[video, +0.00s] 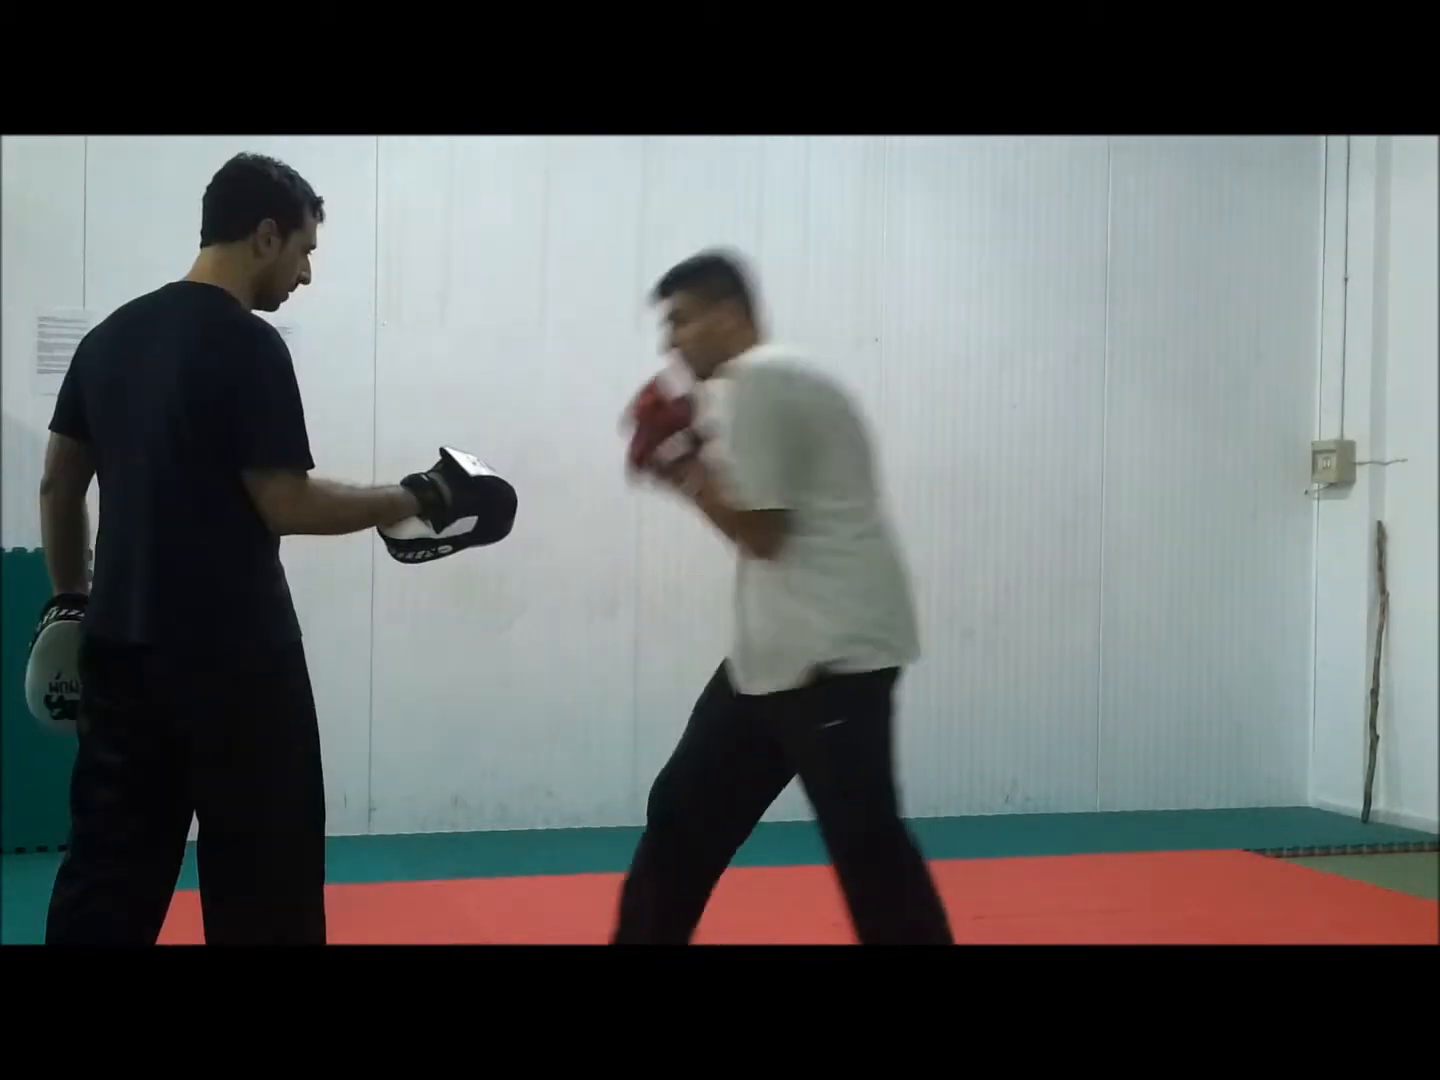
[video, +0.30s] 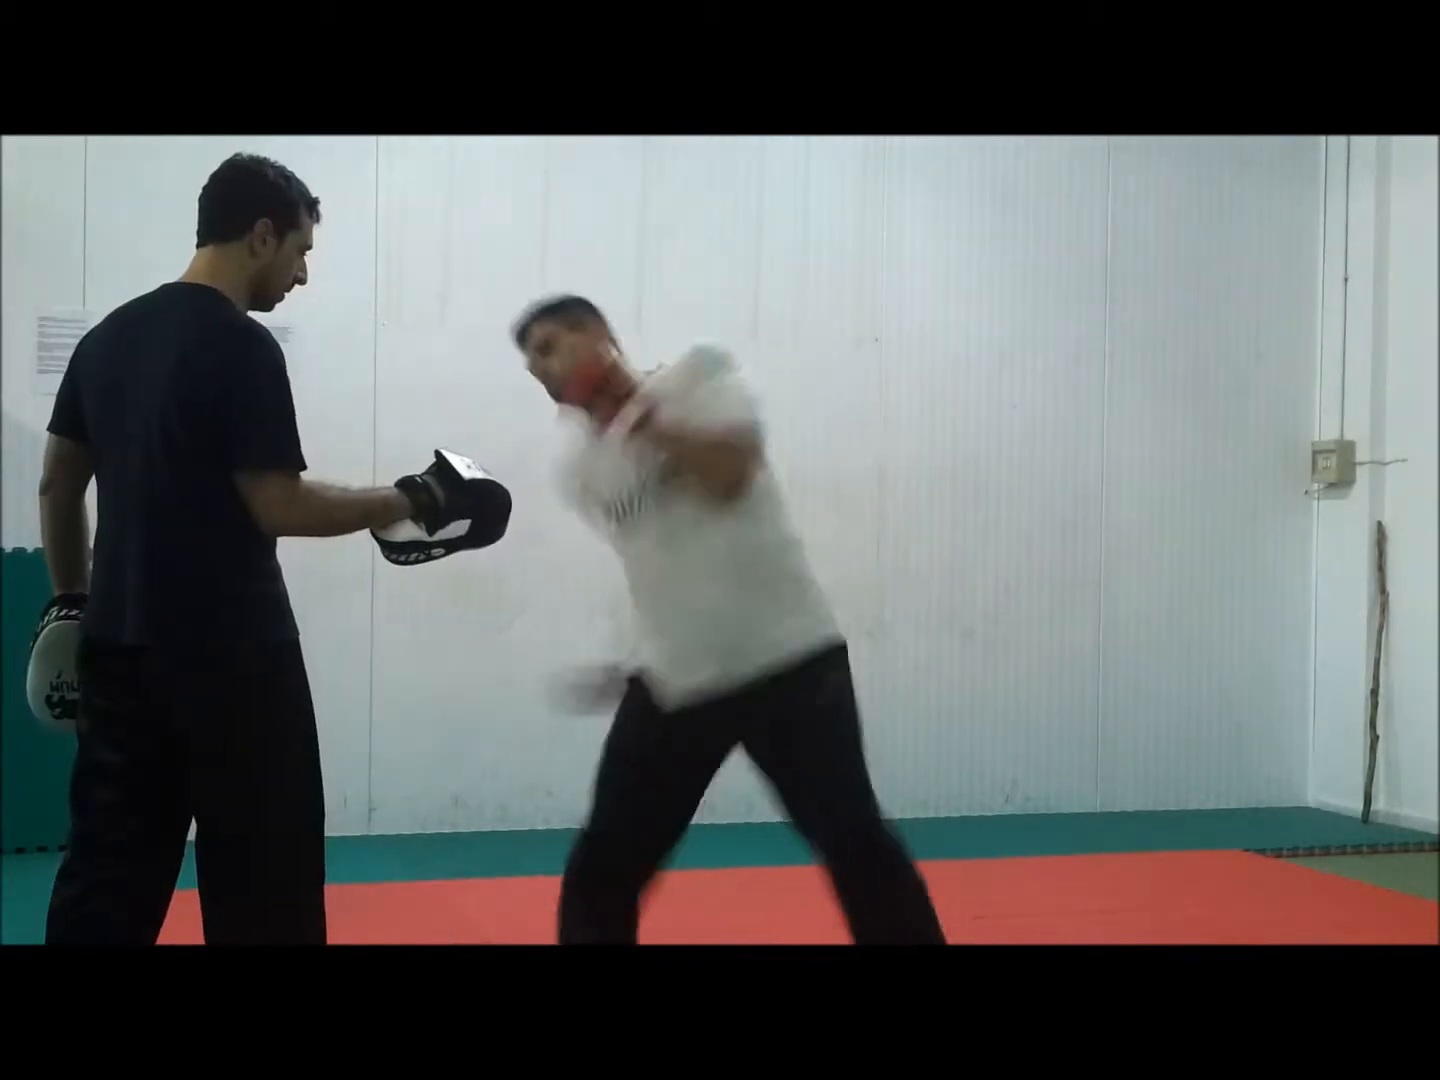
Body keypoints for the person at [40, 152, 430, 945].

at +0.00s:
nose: (306, 272)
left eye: (311, 252)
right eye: (306, 249)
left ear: (216, 233)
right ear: (266, 235)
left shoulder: (110, 337)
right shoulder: (251, 345)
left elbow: (61, 487)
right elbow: (286, 502)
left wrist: (68, 607)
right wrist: (410, 499)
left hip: (122, 654)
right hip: (239, 657)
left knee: (106, 882)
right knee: (267, 888)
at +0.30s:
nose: (304, 273)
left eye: (308, 253)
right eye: (303, 249)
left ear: (213, 232)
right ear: (261, 233)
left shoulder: (107, 338)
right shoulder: (244, 347)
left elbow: (60, 488)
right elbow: (281, 507)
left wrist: (68, 608)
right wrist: (407, 499)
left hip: (121, 660)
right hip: (237, 663)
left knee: (104, 887)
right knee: (267, 895)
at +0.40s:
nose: (301, 274)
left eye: (304, 252)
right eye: (298, 249)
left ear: (223, 235)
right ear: (257, 235)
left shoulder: (107, 337)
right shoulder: (238, 343)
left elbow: (58, 486)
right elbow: (295, 491)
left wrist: (66, 609)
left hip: (119, 649)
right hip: (233, 653)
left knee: (107, 872)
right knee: (266, 881)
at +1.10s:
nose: (300, 269)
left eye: (302, 249)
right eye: (295, 246)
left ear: (233, 235)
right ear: (250, 234)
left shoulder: (111, 335)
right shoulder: (219, 349)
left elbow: (76, 486)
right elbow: (258, 506)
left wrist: (113, 589)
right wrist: (397, 491)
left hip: (119, 645)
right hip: (223, 651)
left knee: (109, 874)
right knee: (264, 882)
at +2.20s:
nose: (300, 270)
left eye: (304, 249)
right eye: (298, 245)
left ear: (217, 231)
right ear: (255, 231)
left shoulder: (103, 337)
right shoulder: (241, 345)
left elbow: (60, 487)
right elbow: (287, 499)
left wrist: (78, 602)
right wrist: (414, 480)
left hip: (120, 657)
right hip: (237, 658)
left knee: (106, 880)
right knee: (268, 887)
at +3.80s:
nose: (290, 263)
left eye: (291, 244)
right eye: (281, 241)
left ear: (220, 234)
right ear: (228, 230)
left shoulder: (127, 337)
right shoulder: (206, 334)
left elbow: (90, 488)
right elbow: (294, 413)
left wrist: (95, 599)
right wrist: (409, 395)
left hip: (130, 645)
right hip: (220, 644)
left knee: (121, 866)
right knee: (263, 871)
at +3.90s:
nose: (282, 261)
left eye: (284, 241)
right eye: (274, 238)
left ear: (213, 231)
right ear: (221, 228)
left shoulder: (126, 335)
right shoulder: (206, 329)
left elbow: (91, 490)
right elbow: (314, 369)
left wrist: (103, 602)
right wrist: (410, 339)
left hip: (134, 646)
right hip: (222, 647)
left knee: (120, 867)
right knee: (259, 874)